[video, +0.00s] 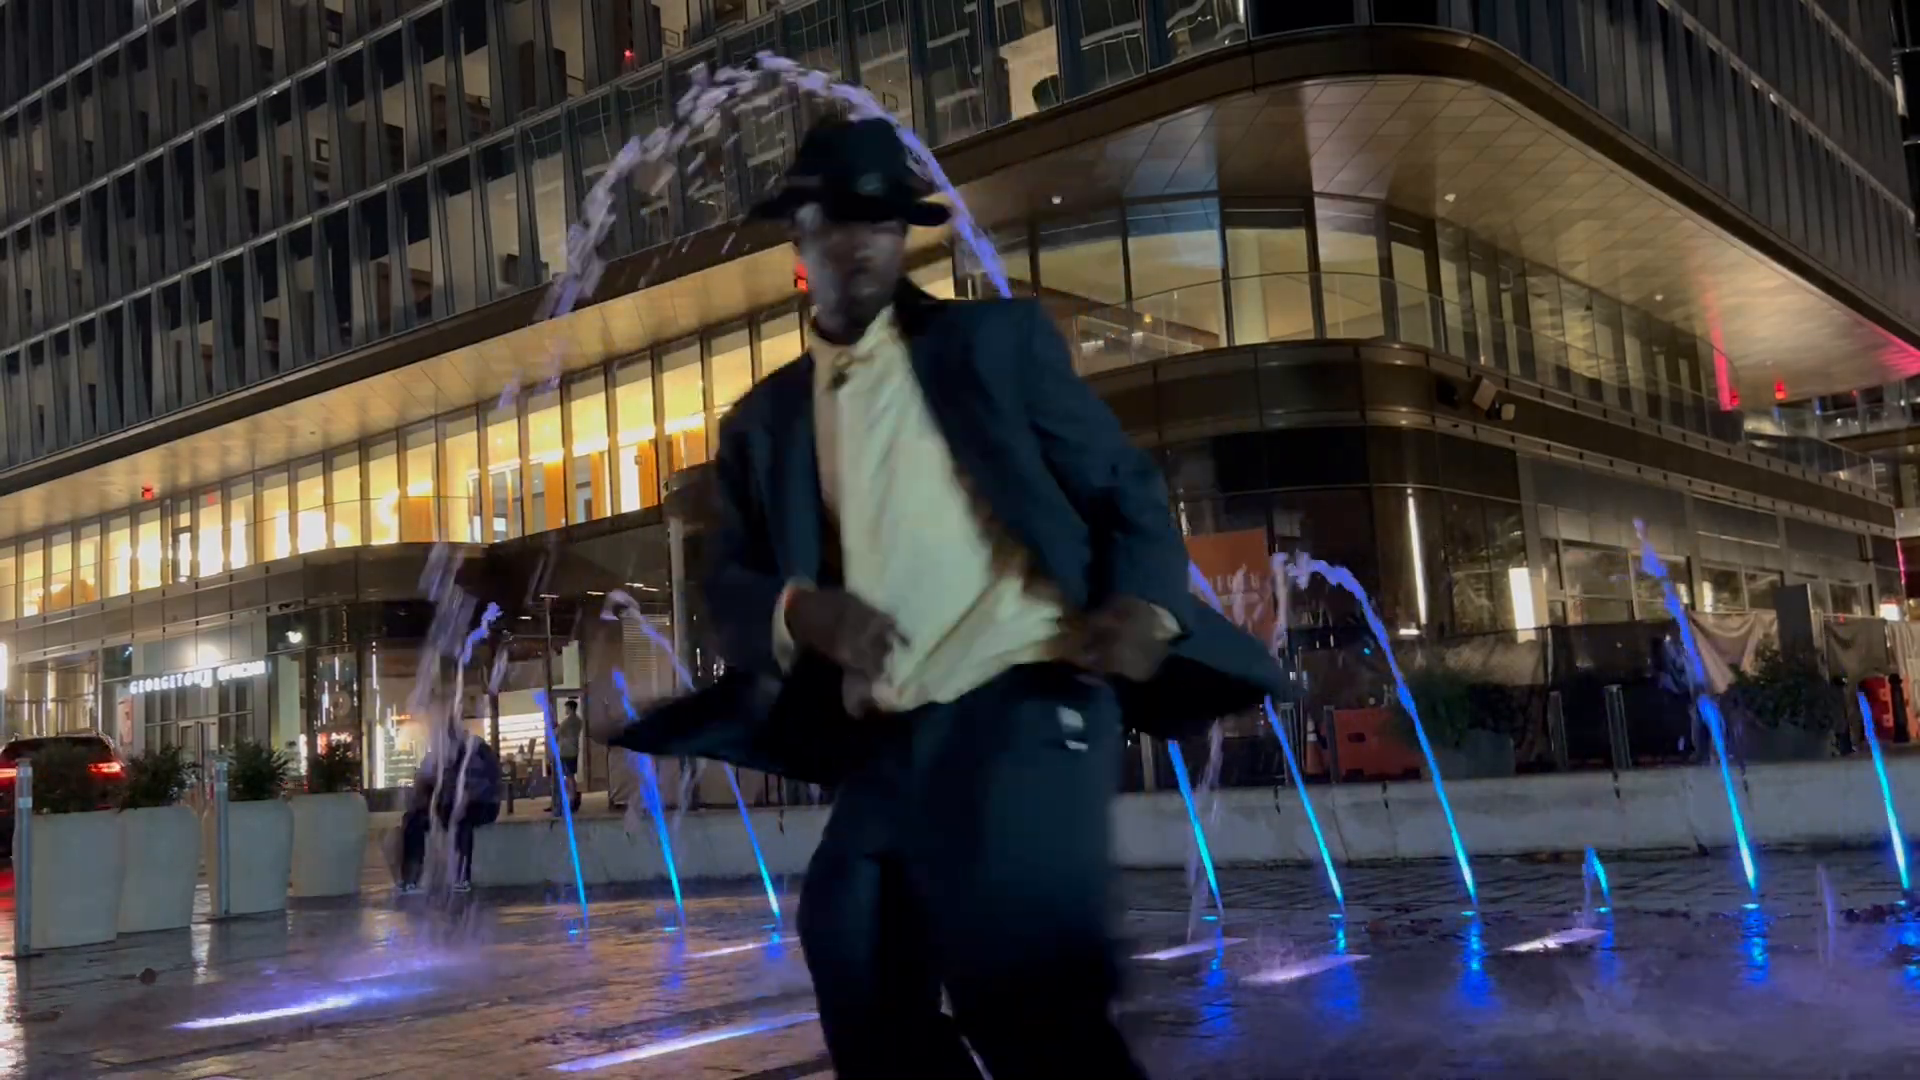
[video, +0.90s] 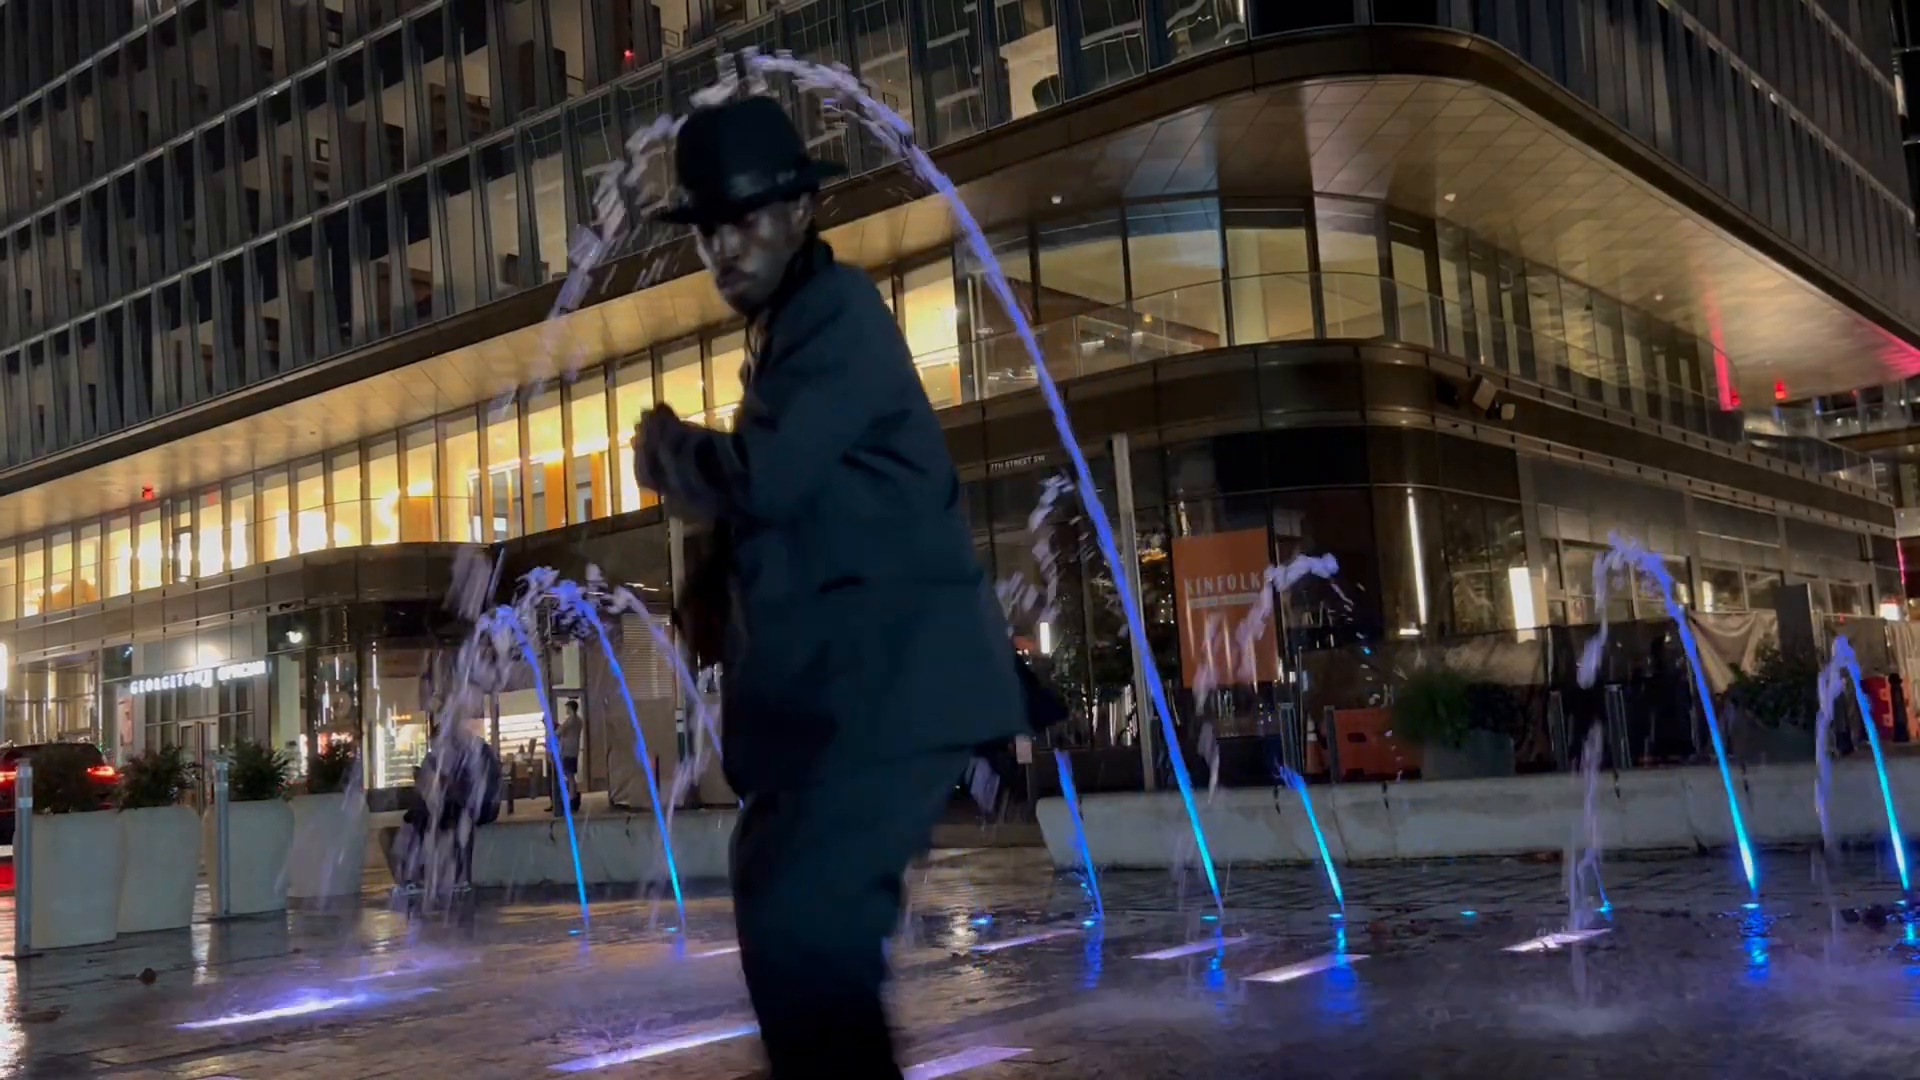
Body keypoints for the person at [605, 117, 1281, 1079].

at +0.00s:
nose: (858, 242)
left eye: (880, 219)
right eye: (833, 219)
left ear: (908, 235)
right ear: (797, 239)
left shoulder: (1003, 340)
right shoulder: (760, 422)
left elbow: (1129, 486)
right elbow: (724, 592)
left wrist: (1144, 604)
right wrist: (797, 608)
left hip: (1031, 705)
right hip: (888, 737)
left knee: (1024, 982)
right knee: (844, 938)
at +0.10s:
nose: (787, 227)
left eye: (811, 201)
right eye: (772, 204)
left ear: (864, 209)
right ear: (758, 218)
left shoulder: (949, 305)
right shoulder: (770, 392)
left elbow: (1097, 446)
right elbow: (788, 561)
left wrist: (1025, 567)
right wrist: (806, 601)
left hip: (990, 670)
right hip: (877, 700)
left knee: (925, 917)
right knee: (872, 923)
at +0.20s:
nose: (753, 211)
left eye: (778, 184)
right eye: (738, 190)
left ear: (839, 188)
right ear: (727, 200)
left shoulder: (907, 275)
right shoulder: (780, 341)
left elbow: (1022, 424)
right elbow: (825, 512)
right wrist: (778, 556)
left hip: (958, 655)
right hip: (892, 664)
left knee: (819, 907)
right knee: (965, 931)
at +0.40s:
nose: (700, 224)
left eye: (725, 196)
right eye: (692, 204)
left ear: (802, 205)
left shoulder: (818, 334)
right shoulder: (821, 329)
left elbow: (812, 525)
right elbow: (892, 534)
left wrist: (606, 549)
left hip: (839, 756)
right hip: (860, 749)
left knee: (740, 1000)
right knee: (909, 998)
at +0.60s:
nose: (658, 218)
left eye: (681, 193)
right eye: (657, 196)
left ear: (757, 206)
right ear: (746, 211)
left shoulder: (772, 324)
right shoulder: (774, 316)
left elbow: (737, 526)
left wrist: (669, 482)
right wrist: (983, 664)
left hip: (838, 705)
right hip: (853, 700)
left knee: (751, 952)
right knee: (793, 951)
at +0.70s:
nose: (674, 238)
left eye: (693, 212)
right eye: (668, 217)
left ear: (763, 215)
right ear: (742, 222)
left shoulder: (790, 322)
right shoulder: (768, 327)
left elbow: (772, 523)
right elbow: (774, 514)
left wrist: (696, 482)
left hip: (871, 694)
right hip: (862, 693)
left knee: (726, 929)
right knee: (784, 939)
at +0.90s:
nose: (725, 249)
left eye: (744, 221)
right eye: (708, 230)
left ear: (802, 212)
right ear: (696, 239)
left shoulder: (833, 318)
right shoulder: (797, 326)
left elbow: (774, 476)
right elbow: (800, 494)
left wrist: (678, 451)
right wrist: (709, 479)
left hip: (896, 692)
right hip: (850, 690)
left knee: (807, 912)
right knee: (775, 891)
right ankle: (824, 1079)